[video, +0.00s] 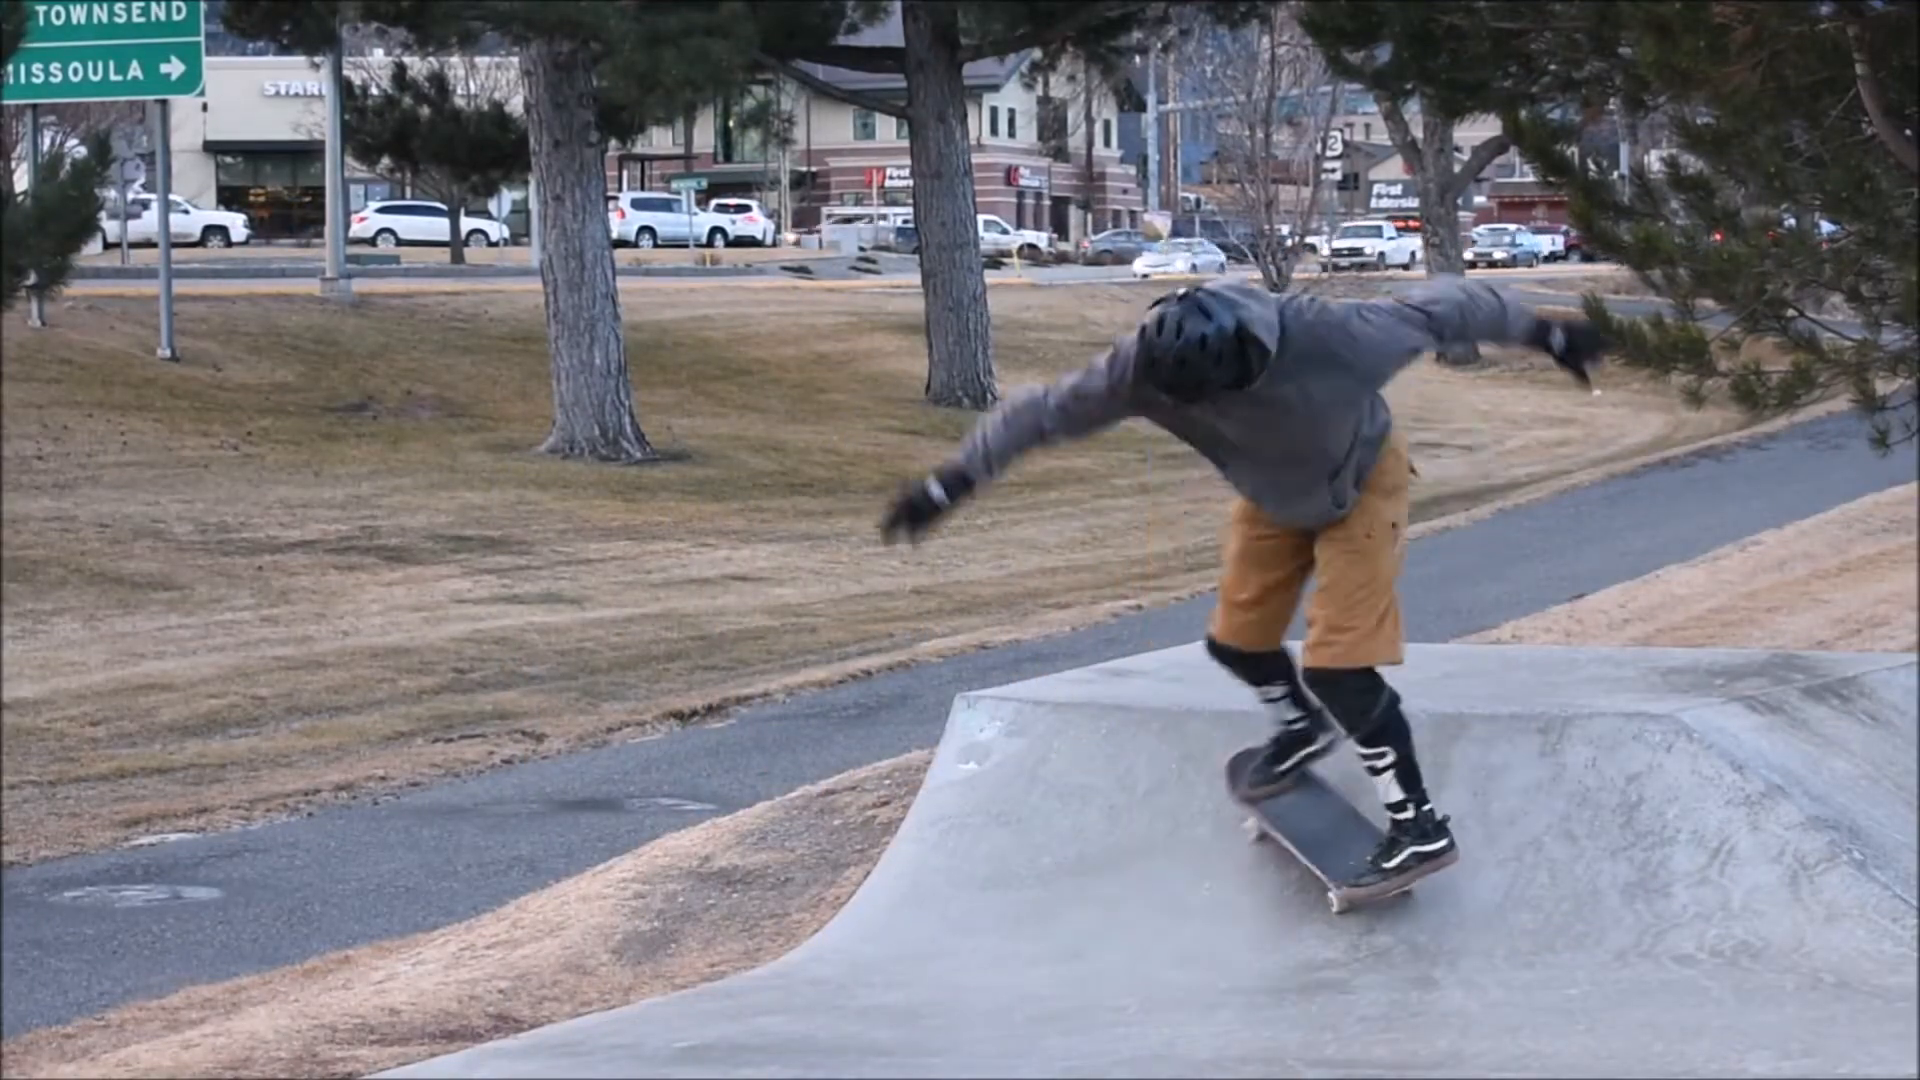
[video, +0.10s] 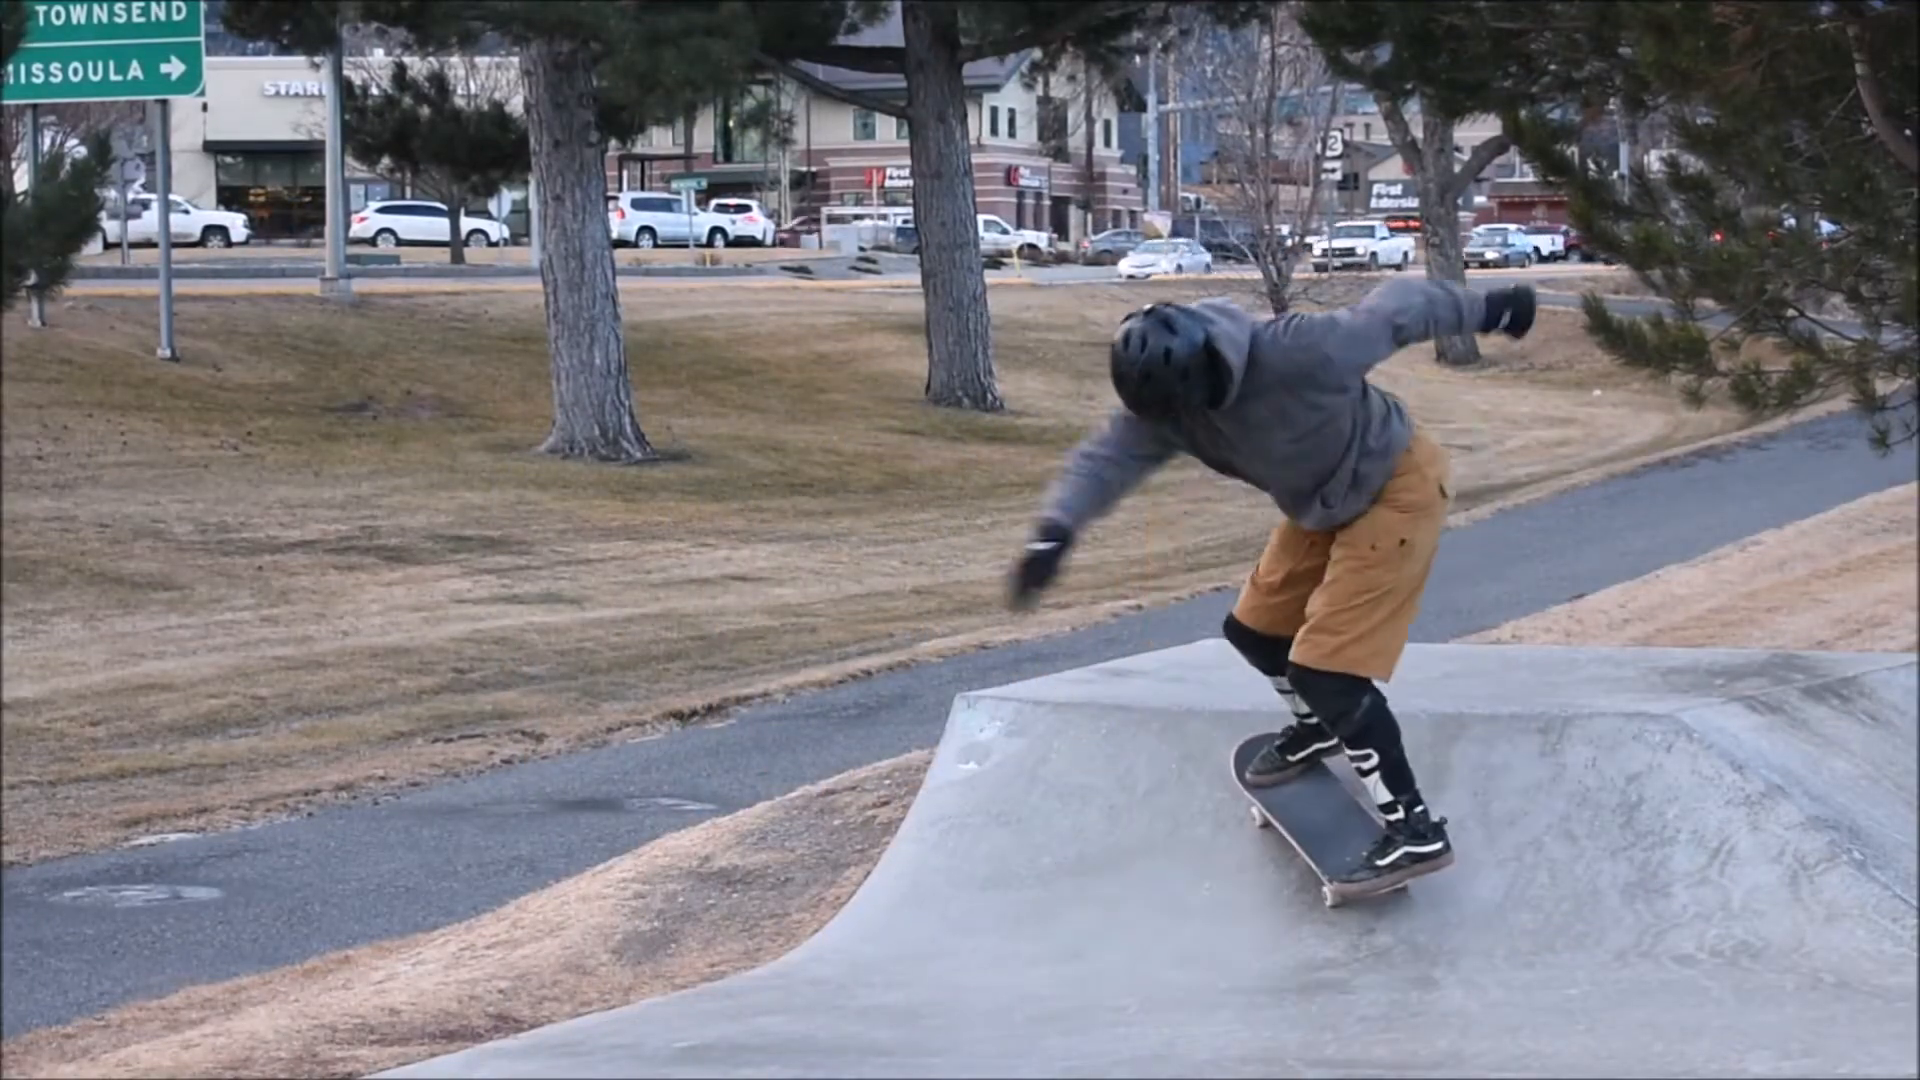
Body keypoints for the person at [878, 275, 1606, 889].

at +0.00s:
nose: (1184, 403)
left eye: (1195, 394)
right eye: (1174, 392)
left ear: (1237, 366)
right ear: (1167, 363)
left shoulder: (1327, 335)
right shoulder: (1148, 364)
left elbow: (1446, 307)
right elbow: (1043, 413)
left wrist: (1547, 327)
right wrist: (945, 483)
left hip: (1359, 476)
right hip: (1268, 492)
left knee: (1339, 669)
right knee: (1236, 641)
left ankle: (1418, 818)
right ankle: (1306, 723)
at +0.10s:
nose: (1172, 426)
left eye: (1175, 413)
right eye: (1159, 417)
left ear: (1201, 377)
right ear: (1150, 391)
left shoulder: (1295, 350)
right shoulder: (1165, 400)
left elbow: (1402, 309)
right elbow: (1104, 462)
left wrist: (1491, 305)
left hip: (1395, 484)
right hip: (1318, 501)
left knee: (1327, 672)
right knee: (1255, 630)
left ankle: (1413, 823)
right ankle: (1324, 717)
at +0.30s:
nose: (1193, 410)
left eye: (1195, 395)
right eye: (1181, 403)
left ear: (1216, 356)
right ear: (1170, 382)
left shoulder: (1309, 365)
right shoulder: (1199, 403)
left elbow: (1449, 397)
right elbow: (1151, 481)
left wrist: (1512, 486)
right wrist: (1145, 549)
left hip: (1419, 500)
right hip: (1339, 516)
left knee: (1336, 679)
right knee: (1265, 648)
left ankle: (1429, 837)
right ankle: (1346, 744)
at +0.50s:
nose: (1233, 343)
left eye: (1238, 327)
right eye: (1219, 334)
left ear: (1263, 294)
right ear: (1202, 322)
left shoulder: (1353, 304)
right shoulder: (1204, 367)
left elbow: (1488, 329)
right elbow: (1140, 412)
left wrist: (1600, 380)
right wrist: (1089, 493)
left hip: (1417, 491)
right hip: (1315, 517)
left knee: (1416, 680)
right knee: (1279, 683)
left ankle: (1489, 850)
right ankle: (1298, 794)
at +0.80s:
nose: (1247, 392)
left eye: (1255, 377)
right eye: (1232, 383)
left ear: (1283, 337)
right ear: (1212, 363)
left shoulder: (1338, 327)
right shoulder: (1224, 419)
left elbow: (1452, 353)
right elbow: (1232, 535)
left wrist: (1373, 357)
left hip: (1412, 533)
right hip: (1312, 564)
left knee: (1499, 718)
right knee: (1357, 720)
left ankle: (1457, 869)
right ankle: (1293, 905)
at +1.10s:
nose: (1227, 299)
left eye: (1242, 282)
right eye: (1215, 284)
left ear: (1278, 271)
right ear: (1200, 280)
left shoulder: (1339, 326)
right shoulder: (1189, 365)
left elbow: (1434, 412)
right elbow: (1156, 501)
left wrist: (1434, 484)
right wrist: (1177, 573)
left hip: (1352, 546)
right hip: (1246, 564)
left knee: (1434, 724)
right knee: (1278, 728)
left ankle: (1400, 882)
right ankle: (1218, 916)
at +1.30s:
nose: (1215, 251)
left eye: (1230, 235)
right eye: (1202, 236)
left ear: (1266, 231)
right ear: (1186, 237)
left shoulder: (1324, 314)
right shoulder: (1164, 336)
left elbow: (1385, 420)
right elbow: (1113, 470)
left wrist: (1420, 524)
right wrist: (1125, 568)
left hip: (1308, 551)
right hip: (1196, 563)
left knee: (1377, 736)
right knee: (1211, 738)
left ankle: (1354, 891)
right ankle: (1163, 927)